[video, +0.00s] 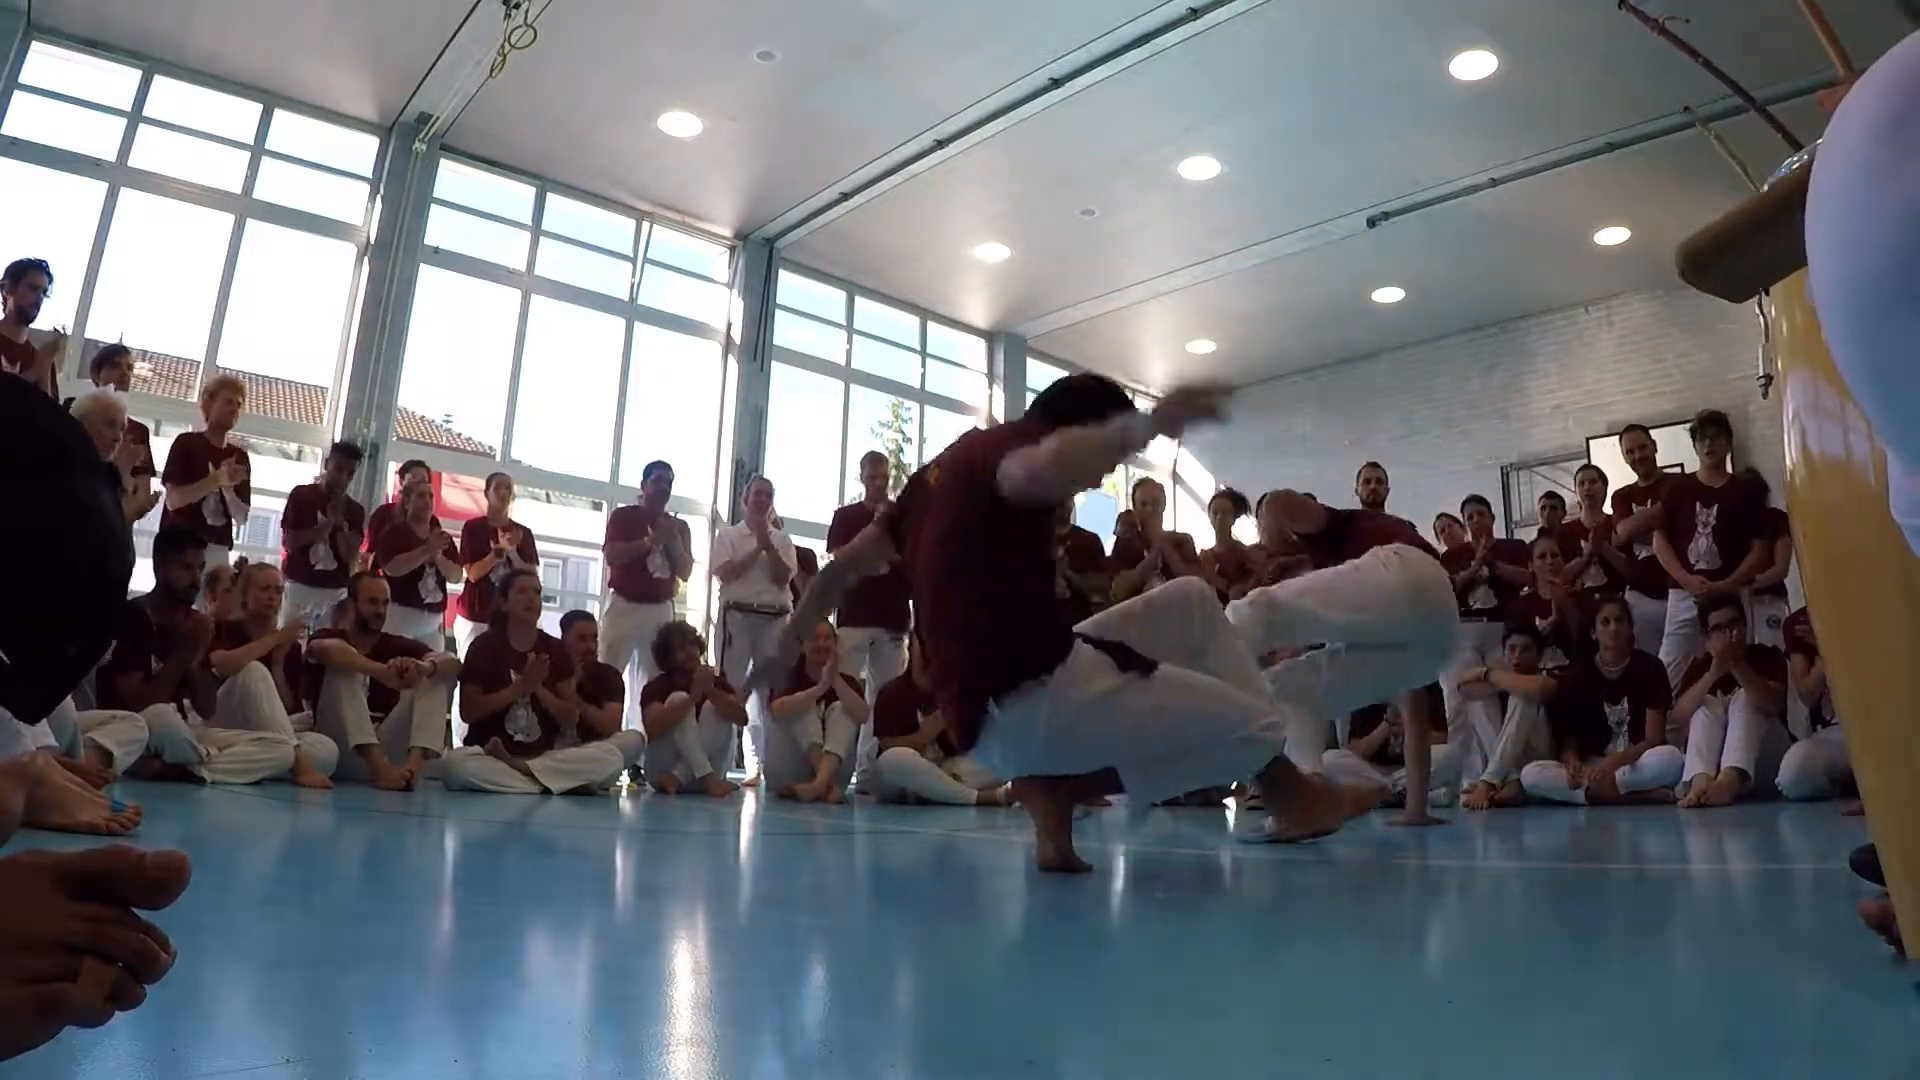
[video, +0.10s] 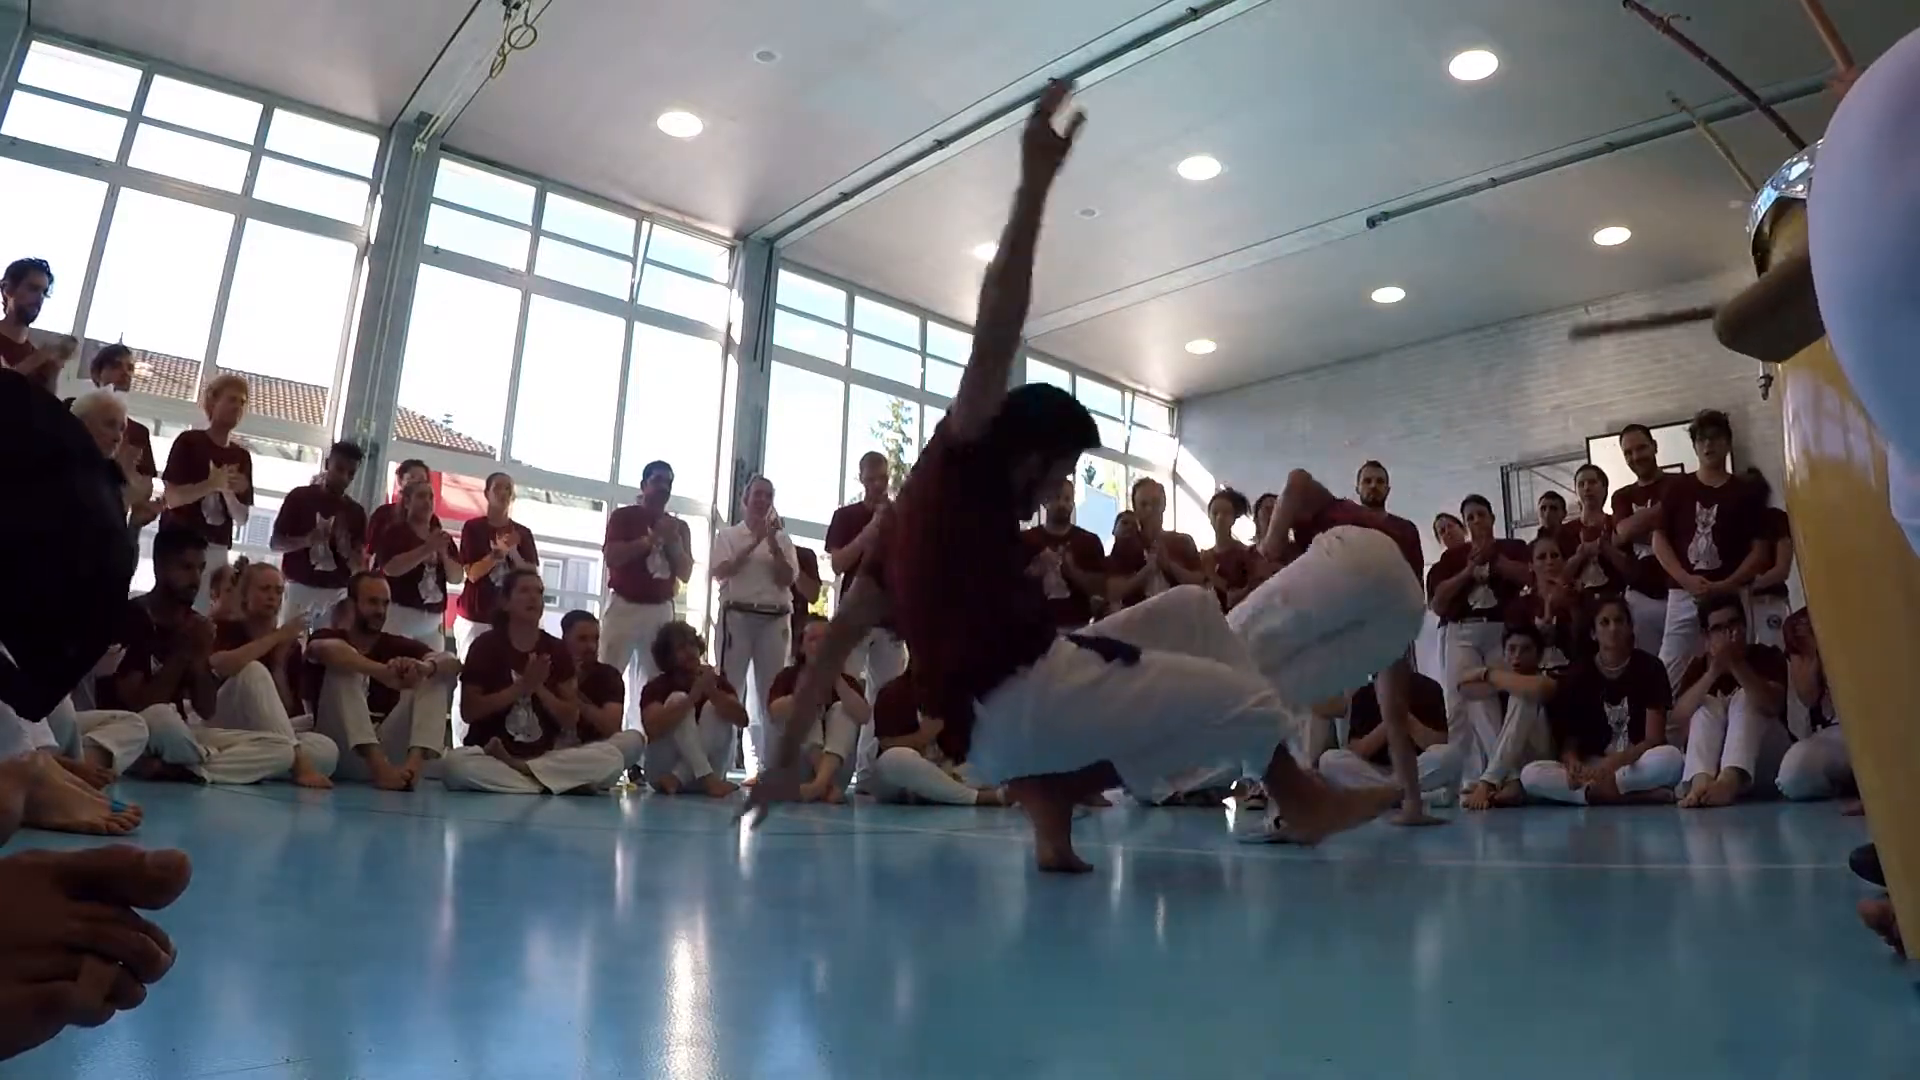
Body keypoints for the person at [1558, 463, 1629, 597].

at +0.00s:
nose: (1587, 488)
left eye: (1593, 482)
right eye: (1581, 484)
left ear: (1604, 488)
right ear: (1576, 491)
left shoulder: (1619, 524)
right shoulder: (1565, 531)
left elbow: (1632, 570)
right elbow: (1560, 577)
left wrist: (1604, 548)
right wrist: (1585, 558)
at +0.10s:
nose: (1586, 488)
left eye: (1592, 483)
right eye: (1581, 484)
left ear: (1605, 489)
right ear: (1576, 492)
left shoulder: (1619, 525)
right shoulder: (1566, 531)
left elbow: (1632, 570)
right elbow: (1562, 577)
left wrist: (1608, 550)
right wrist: (1580, 556)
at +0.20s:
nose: (1587, 488)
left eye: (1592, 482)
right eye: (1581, 484)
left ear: (1605, 488)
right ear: (1576, 491)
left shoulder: (1618, 525)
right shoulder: (1566, 531)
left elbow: (1629, 567)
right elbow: (1564, 574)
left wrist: (1611, 549)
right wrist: (1575, 546)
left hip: (1611, 593)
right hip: (1579, 596)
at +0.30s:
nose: (1587, 488)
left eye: (1592, 482)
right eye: (1581, 484)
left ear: (1605, 489)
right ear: (1576, 491)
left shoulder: (1618, 525)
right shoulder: (1566, 531)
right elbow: (1561, 574)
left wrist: (1613, 550)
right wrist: (1577, 558)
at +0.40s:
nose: (1586, 486)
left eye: (1592, 481)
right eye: (1581, 483)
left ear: (1605, 489)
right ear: (1576, 492)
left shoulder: (1620, 525)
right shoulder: (1565, 532)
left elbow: (1632, 571)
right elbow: (1562, 578)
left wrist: (1607, 550)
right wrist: (1584, 558)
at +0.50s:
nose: (1586, 485)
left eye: (1592, 480)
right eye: (1581, 482)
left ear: (1604, 488)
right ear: (1576, 491)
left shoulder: (1619, 524)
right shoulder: (1565, 531)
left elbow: (1632, 568)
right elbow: (1560, 577)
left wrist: (1607, 551)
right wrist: (1579, 558)